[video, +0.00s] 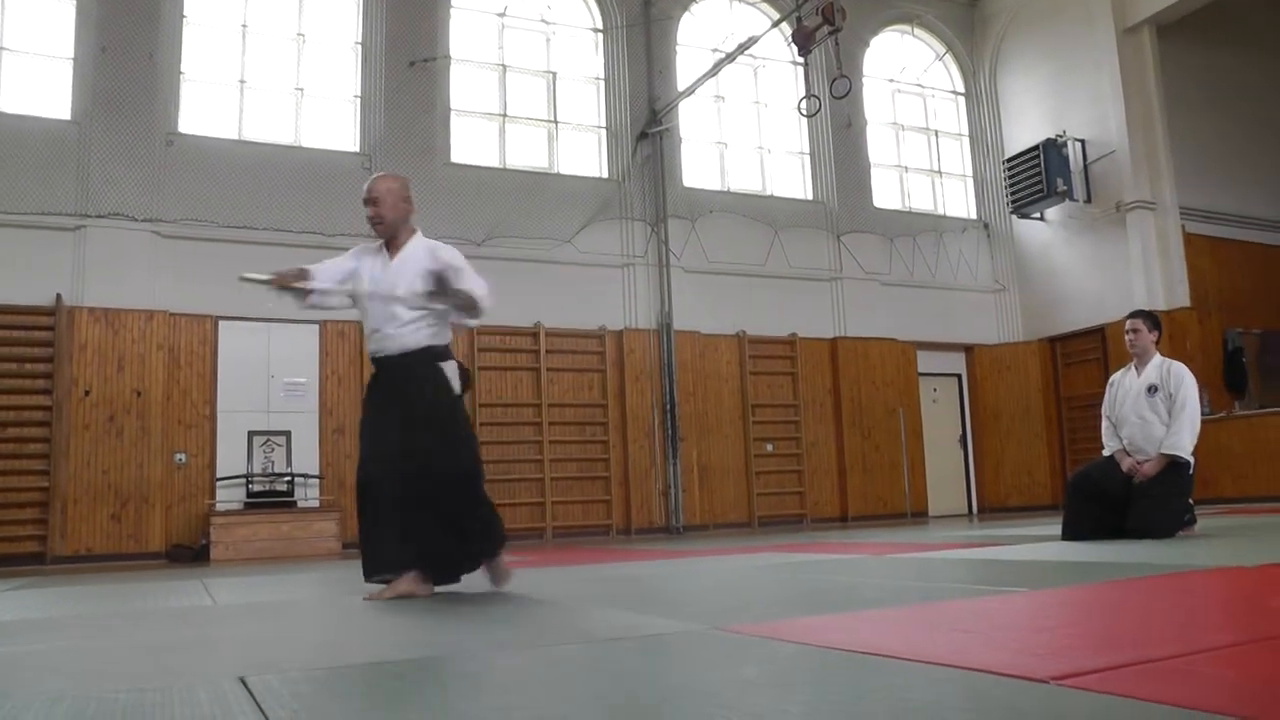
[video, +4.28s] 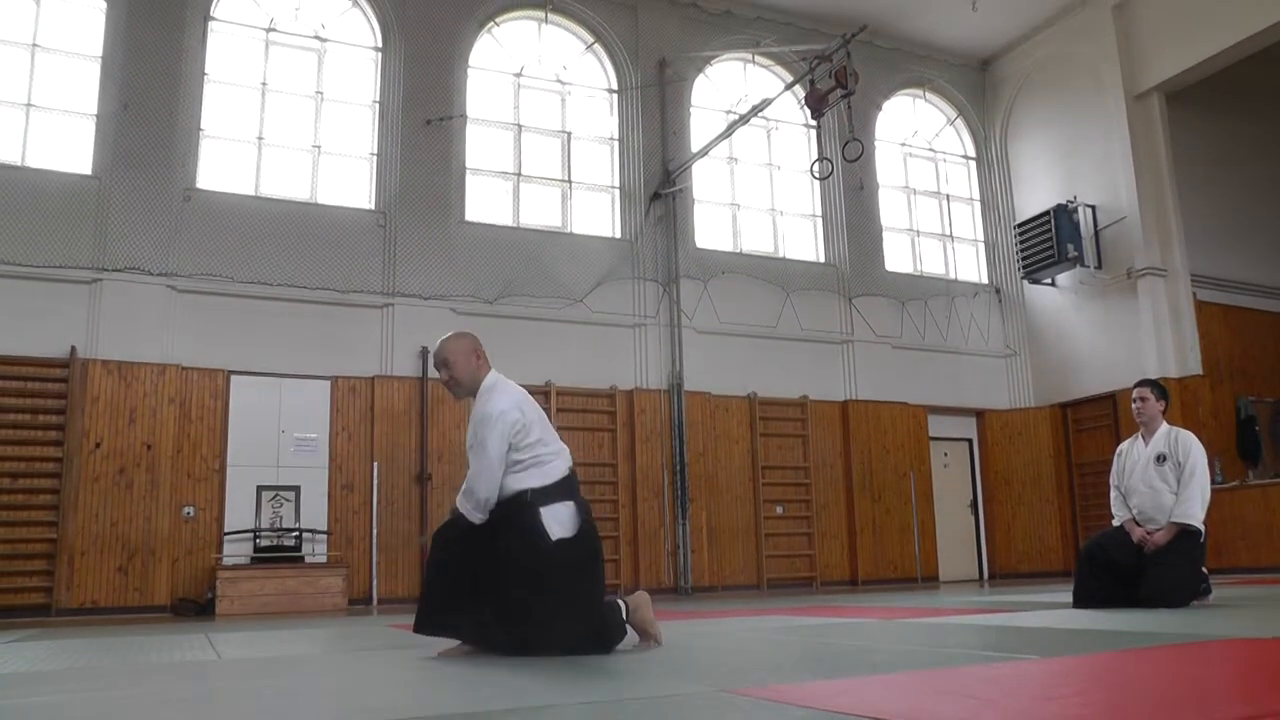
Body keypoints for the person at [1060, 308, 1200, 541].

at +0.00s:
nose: (1129, 337)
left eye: (1135, 331)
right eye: (1126, 332)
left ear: (1154, 336)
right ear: (1124, 337)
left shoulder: (1176, 373)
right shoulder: (1116, 381)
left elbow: (1186, 423)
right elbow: (1107, 425)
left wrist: (1157, 463)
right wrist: (1122, 458)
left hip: (1168, 466)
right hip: (1125, 464)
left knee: (1143, 528)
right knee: (1081, 485)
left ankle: (1184, 512)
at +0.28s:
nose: (1123, 339)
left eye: (1130, 333)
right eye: (1121, 335)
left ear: (1148, 338)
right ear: (1118, 340)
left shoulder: (1170, 373)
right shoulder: (1111, 383)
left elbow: (1181, 423)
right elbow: (1103, 427)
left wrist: (1154, 464)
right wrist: (1119, 459)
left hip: (1165, 467)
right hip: (1121, 466)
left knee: (1139, 529)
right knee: (1079, 486)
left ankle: (1182, 513)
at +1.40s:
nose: (1132, 374)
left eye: (1139, 368)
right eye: (1129, 370)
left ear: (1157, 372)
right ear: (1126, 374)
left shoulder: (1180, 409)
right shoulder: (1120, 417)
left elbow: (1190, 460)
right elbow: (1112, 462)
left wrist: (1162, 499)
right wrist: (1127, 494)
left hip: (1173, 502)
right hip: (1129, 500)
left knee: (1147, 564)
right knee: (1086, 519)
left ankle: (1190, 547)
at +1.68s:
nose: (1134, 379)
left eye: (1140, 373)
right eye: (1131, 375)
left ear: (1158, 377)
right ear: (1128, 380)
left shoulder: (1181, 415)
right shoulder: (1121, 422)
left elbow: (1191, 467)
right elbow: (1113, 468)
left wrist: (1162, 506)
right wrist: (1127, 501)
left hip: (1174, 509)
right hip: (1130, 506)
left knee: (1147, 569)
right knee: (1086, 526)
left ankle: (1190, 553)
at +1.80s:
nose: (1134, 381)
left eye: (1141, 375)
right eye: (1131, 376)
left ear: (1159, 379)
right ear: (1128, 381)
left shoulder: (1182, 417)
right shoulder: (1121, 424)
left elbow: (1191, 469)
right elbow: (1113, 469)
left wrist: (1162, 507)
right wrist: (1128, 503)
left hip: (1174, 509)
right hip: (1130, 507)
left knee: (1150, 572)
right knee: (1086, 528)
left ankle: (1191, 556)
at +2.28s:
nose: (1135, 386)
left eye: (1142, 380)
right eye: (1132, 381)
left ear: (1160, 385)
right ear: (1129, 386)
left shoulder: (1183, 422)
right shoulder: (1123, 430)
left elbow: (1193, 474)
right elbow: (1114, 475)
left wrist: (1164, 513)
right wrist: (1130, 508)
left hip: (1176, 514)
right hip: (1131, 513)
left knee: (1152, 576)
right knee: (1089, 533)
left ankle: (1193, 561)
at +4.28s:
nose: (1137, 406)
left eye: (1143, 400)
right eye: (1134, 401)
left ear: (1161, 405)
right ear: (1131, 407)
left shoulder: (1183, 441)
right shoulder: (1123, 450)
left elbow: (1195, 492)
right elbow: (1116, 495)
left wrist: (1166, 533)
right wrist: (1132, 528)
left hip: (1179, 534)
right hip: (1134, 533)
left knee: (1157, 598)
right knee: (1094, 553)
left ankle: (1198, 581)